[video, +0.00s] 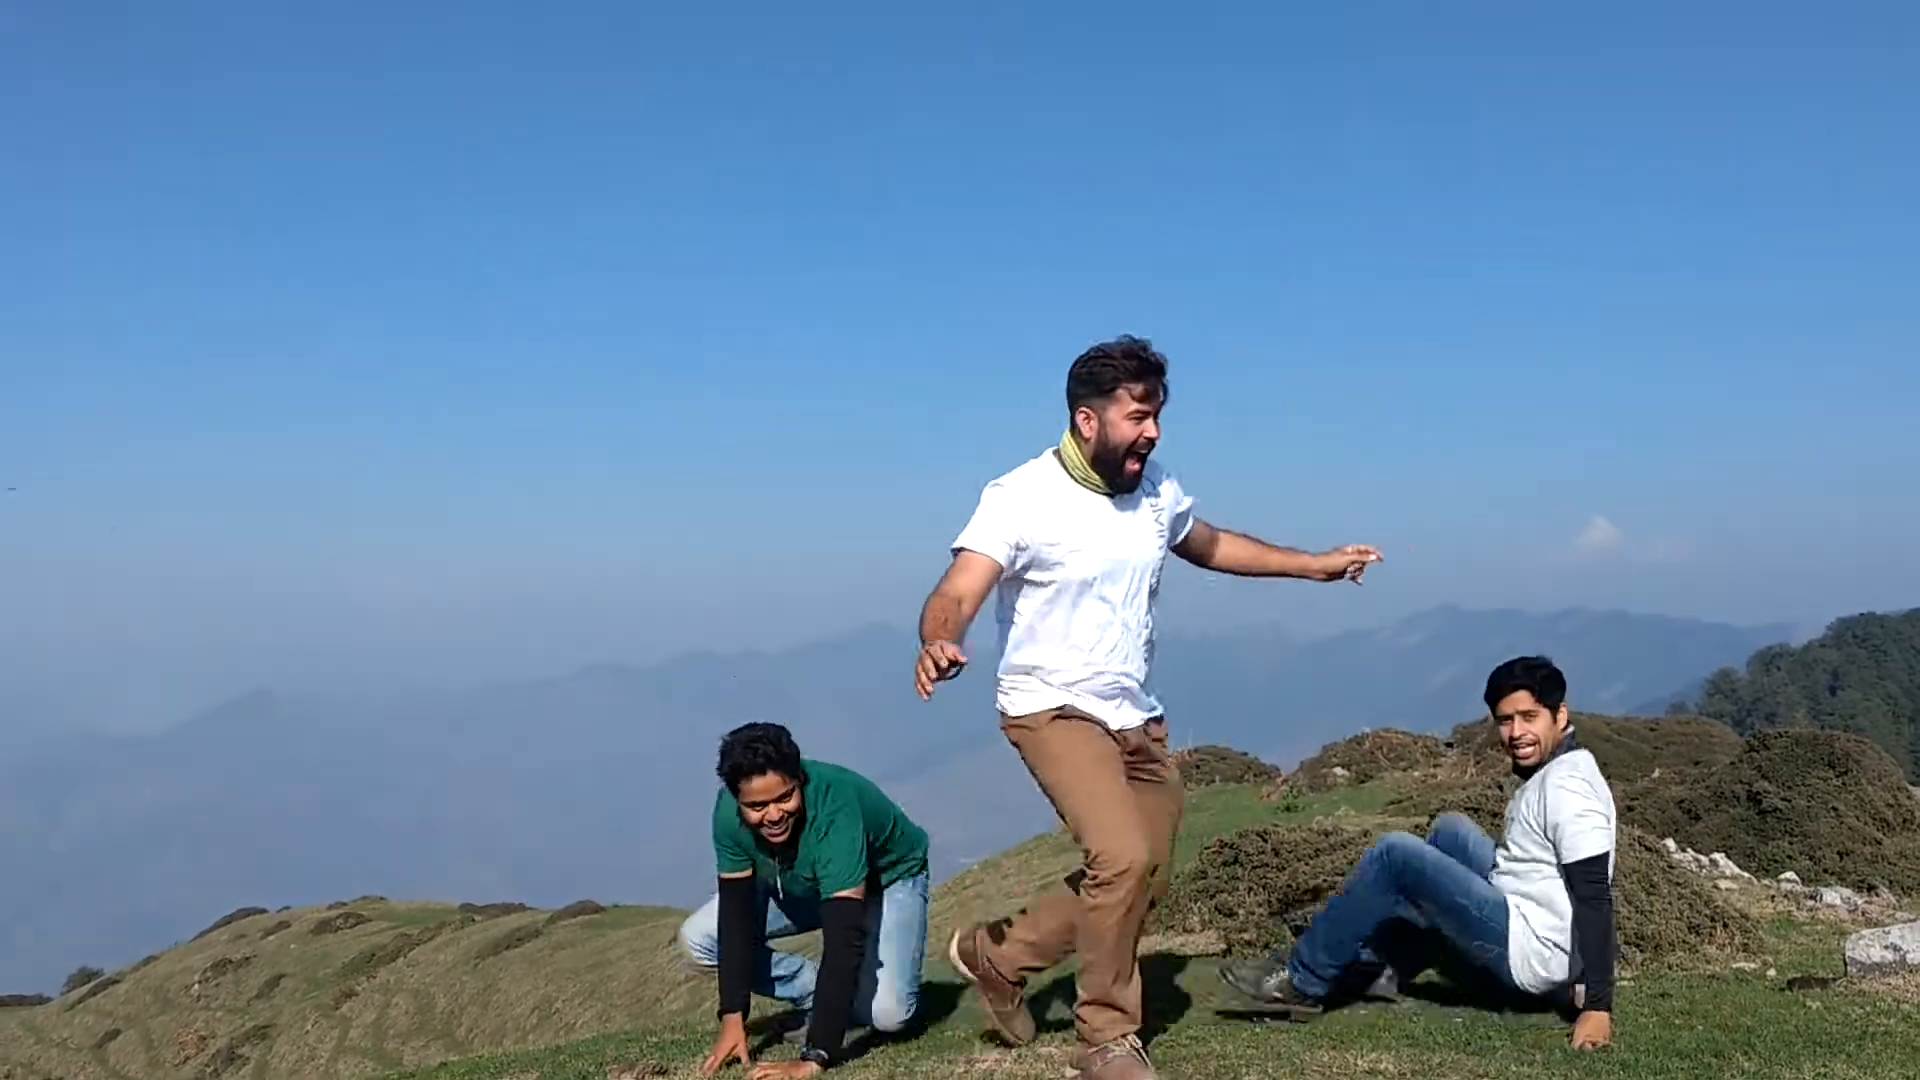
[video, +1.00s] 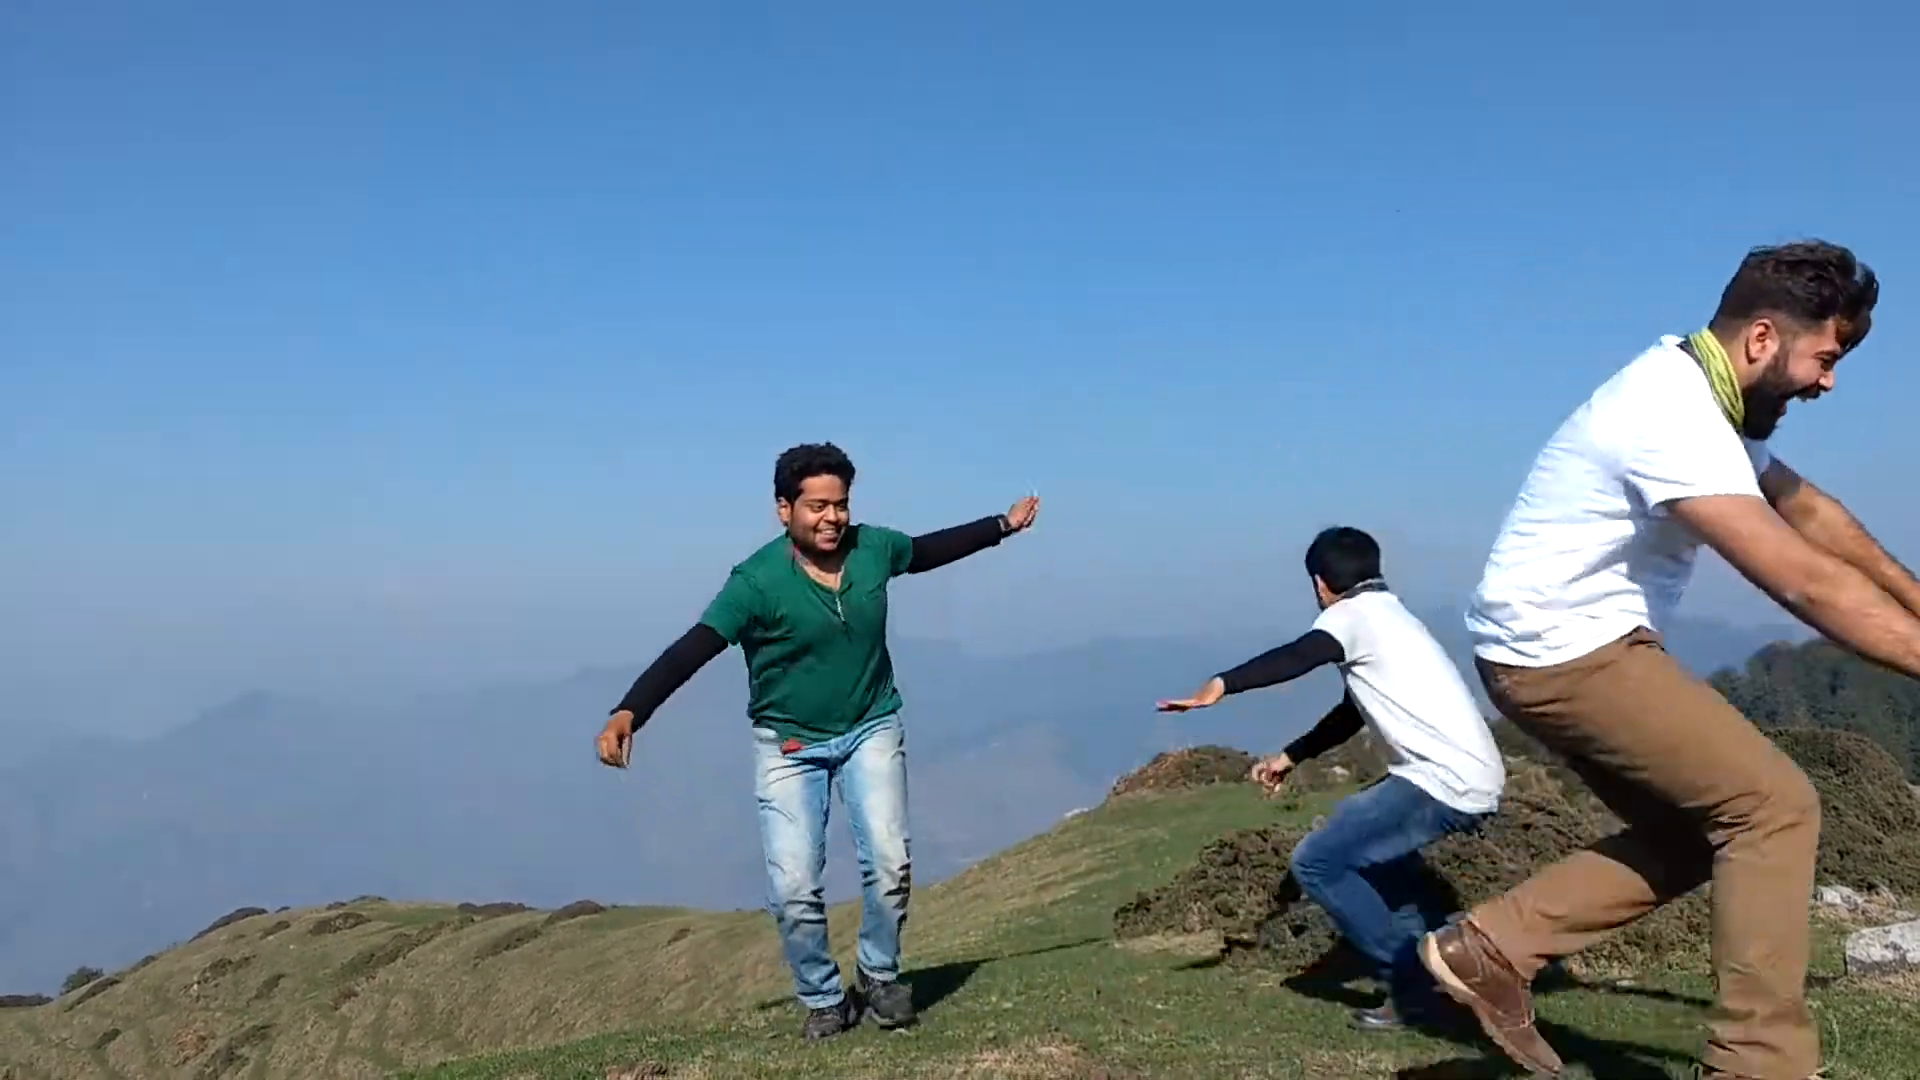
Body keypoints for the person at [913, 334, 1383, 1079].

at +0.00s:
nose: (1153, 432)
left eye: (1157, 416)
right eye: (1137, 416)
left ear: (1155, 415)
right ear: (1085, 417)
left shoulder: (1156, 492)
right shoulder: (1021, 496)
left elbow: (1211, 546)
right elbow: (956, 592)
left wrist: (1313, 564)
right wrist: (939, 641)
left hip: (1132, 715)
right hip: (1049, 706)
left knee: (1144, 879)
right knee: (1122, 856)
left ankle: (998, 954)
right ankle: (1107, 1034)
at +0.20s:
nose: (1200, 413)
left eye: (1205, 395)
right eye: (1185, 395)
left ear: (1203, 394)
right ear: (1130, 396)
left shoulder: (1201, 471)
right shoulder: (1060, 473)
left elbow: (1244, 520)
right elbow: (986, 556)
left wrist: (1329, 548)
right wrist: (967, 587)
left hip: (1190, 696)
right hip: (1089, 705)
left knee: (1255, 847)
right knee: (1119, 874)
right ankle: (1106, 1028)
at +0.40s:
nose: (1287, 405)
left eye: (1291, 388)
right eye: (1274, 386)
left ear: (1281, 386)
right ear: (1215, 381)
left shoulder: (1274, 470)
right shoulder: (1133, 454)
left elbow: (1336, 520)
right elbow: (1081, 539)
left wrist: (1432, 540)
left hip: (1241, 700)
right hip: (1129, 716)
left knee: (1343, 821)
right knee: (1120, 898)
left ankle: (1273, 1022)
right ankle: (1110, 1034)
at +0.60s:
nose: (1443, 367)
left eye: (1448, 350)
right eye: (1434, 345)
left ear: (1383, 340)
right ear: (1371, 332)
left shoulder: (1396, 440)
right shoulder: (1277, 397)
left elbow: (1483, 515)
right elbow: (1265, 486)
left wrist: (1608, 564)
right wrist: (1362, 545)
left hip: (1325, 673)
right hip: (1224, 675)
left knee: (1375, 845)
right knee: (1246, 868)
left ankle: (1293, 1043)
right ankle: (1126, 969)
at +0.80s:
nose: (1609, 370)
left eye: (1616, 353)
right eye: (1603, 348)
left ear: (1549, 342)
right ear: (1542, 336)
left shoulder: (1535, 435)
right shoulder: (1447, 395)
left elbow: (1647, 517)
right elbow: (1486, 511)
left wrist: (1780, 587)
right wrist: (1612, 593)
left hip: (1401, 643)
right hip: (1367, 638)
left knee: (1434, 872)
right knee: (1548, 766)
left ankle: (1297, 1048)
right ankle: (1540, 1033)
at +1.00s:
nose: (1825, 382)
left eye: (1834, 363)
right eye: (1823, 358)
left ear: (1761, 340)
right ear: (1762, 338)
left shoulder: (1692, 396)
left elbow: (1808, 513)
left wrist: (1908, 598)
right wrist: (1915, 653)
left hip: (1566, 641)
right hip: (1567, 644)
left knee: (1695, 833)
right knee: (1773, 806)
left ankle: (1488, 948)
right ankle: (1761, 1061)